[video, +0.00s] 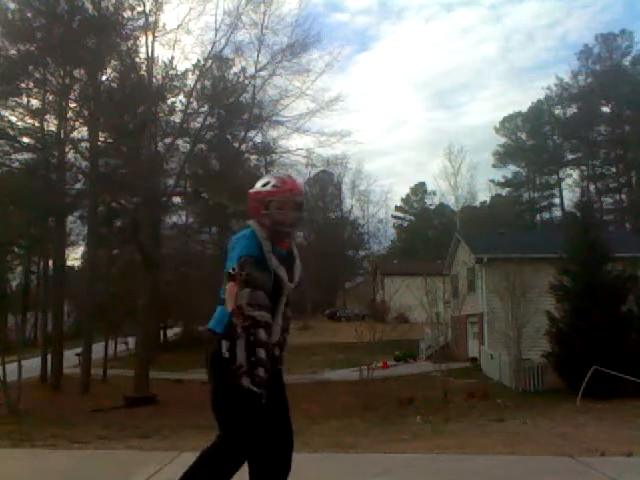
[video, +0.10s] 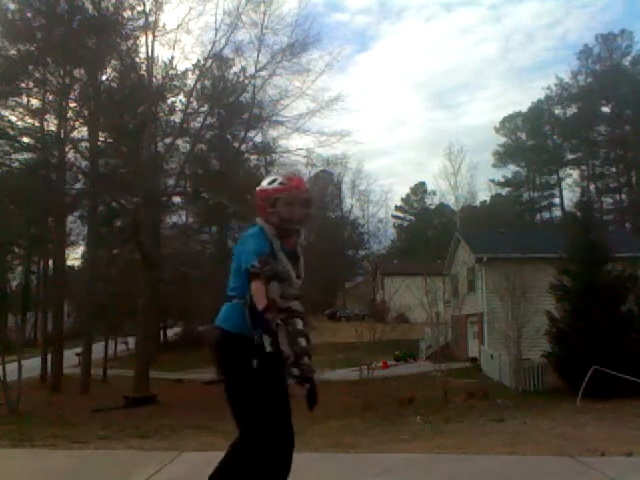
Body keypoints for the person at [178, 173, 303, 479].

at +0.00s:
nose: (288, 216)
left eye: (294, 208)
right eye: (280, 208)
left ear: (299, 211)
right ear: (263, 210)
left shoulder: (284, 248)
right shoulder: (247, 244)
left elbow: (277, 305)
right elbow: (239, 304)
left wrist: (274, 356)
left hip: (262, 351)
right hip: (230, 348)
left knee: (276, 441)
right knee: (239, 438)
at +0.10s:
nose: (300, 213)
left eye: (304, 205)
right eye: (293, 205)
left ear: (305, 208)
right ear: (273, 207)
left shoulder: (282, 244)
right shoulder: (255, 241)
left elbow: (290, 295)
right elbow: (262, 301)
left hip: (263, 339)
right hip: (237, 339)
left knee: (277, 436)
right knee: (260, 435)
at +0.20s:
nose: (303, 212)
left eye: (307, 204)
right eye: (295, 203)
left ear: (310, 207)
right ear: (277, 206)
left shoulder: (287, 242)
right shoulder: (264, 237)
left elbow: (305, 289)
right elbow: (282, 289)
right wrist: (304, 322)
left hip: (262, 338)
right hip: (242, 338)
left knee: (281, 431)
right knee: (273, 433)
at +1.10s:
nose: (340, 218)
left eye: (344, 210)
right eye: (333, 208)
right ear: (312, 208)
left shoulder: (308, 241)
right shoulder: (290, 236)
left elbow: (321, 290)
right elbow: (312, 296)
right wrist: (331, 328)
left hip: (281, 343)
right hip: (263, 343)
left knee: (295, 443)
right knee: (292, 444)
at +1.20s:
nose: (333, 218)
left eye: (337, 211)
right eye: (327, 209)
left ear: (340, 212)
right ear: (306, 208)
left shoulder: (306, 242)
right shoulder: (284, 237)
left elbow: (322, 287)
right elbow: (292, 293)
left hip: (283, 340)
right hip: (262, 340)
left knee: (291, 428)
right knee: (277, 430)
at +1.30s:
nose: (326, 216)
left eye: (331, 209)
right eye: (320, 207)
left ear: (334, 211)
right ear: (300, 207)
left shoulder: (320, 243)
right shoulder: (274, 238)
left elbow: (336, 288)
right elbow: (277, 296)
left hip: (294, 340)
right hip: (259, 340)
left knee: (295, 427)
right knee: (271, 429)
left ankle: (296, 475)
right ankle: (275, 476)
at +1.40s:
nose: (316, 217)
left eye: (323, 210)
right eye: (308, 208)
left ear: (330, 213)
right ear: (291, 209)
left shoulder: (327, 248)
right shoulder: (267, 243)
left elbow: (361, 288)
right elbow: (264, 298)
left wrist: (384, 334)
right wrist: (265, 361)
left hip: (298, 351)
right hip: (261, 352)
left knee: (298, 437)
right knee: (272, 439)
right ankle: (273, 475)